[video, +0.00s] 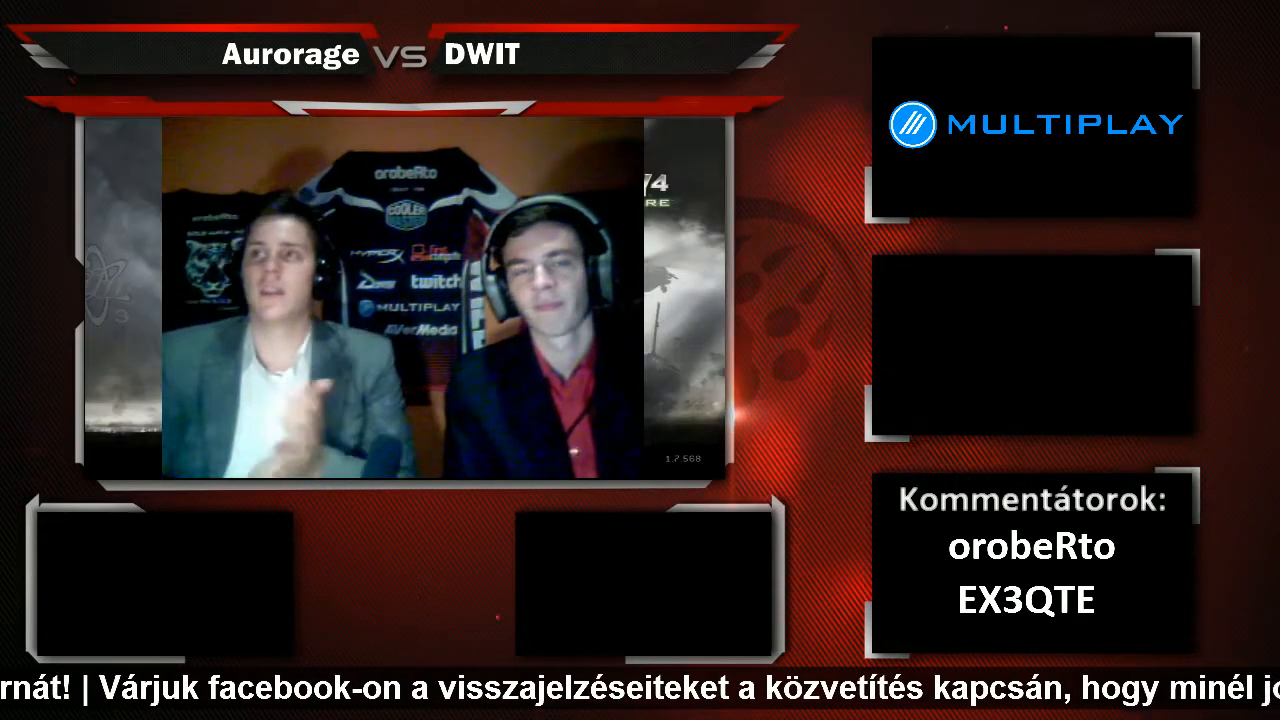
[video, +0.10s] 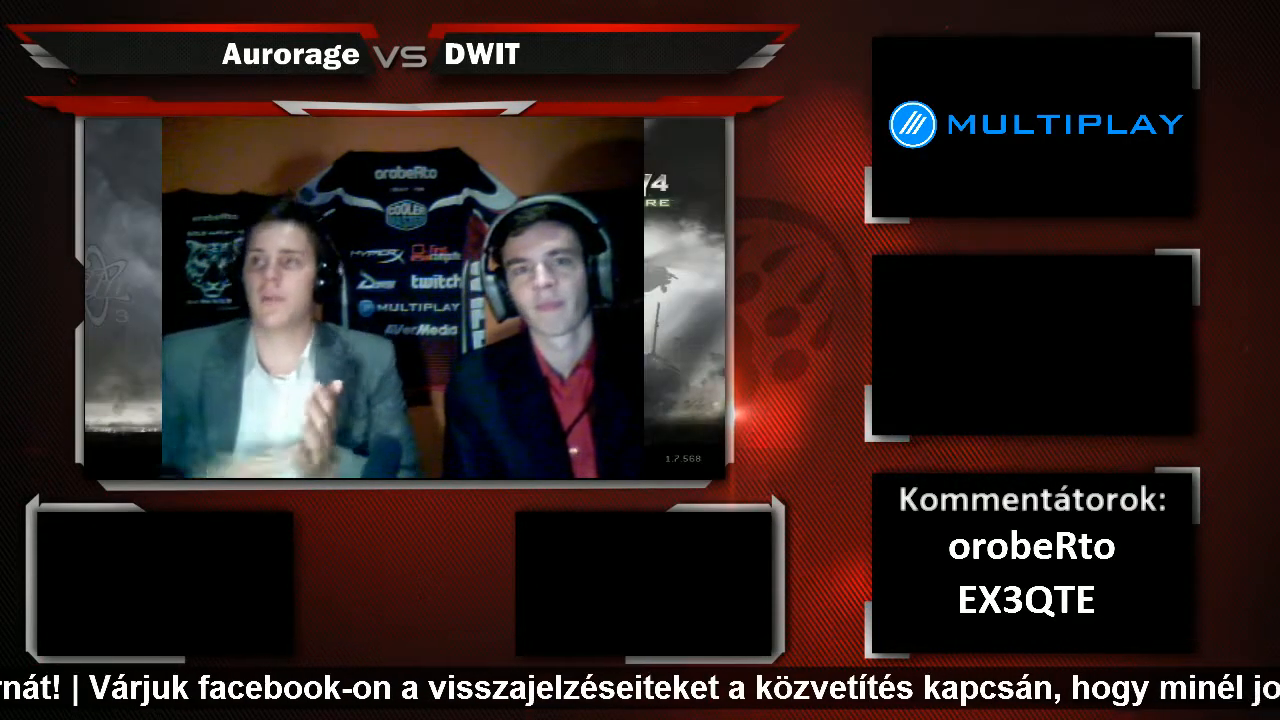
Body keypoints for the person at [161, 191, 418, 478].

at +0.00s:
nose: (270, 269)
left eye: (290, 255)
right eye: (257, 254)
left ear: (317, 272)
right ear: (242, 270)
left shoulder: (369, 357)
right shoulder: (180, 355)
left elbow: (398, 482)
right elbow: (162, 475)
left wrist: (316, 462)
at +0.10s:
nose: (269, 276)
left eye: (290, 262)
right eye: (257, 261)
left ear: (319, 278)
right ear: (243, 275)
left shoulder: (371, 359)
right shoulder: (182, 358)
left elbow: (402, 478)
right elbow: (164, 470)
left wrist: (330, 463)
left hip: (329, 532)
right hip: (218, 530)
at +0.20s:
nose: (268, 283)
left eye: (290, 268)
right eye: (257, 266)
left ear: (322, 281)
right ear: (244, 276)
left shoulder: (373, 361)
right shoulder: (183, 357)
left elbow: (406, 481)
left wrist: (329, 470)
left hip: (330, 537)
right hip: (216, 527)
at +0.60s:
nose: (266, 286)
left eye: (289, 269)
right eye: (256, 266)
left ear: (323, 283)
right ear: (242, 274)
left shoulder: (375, 362)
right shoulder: (180, 358)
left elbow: (407, 483)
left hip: (334, 545)